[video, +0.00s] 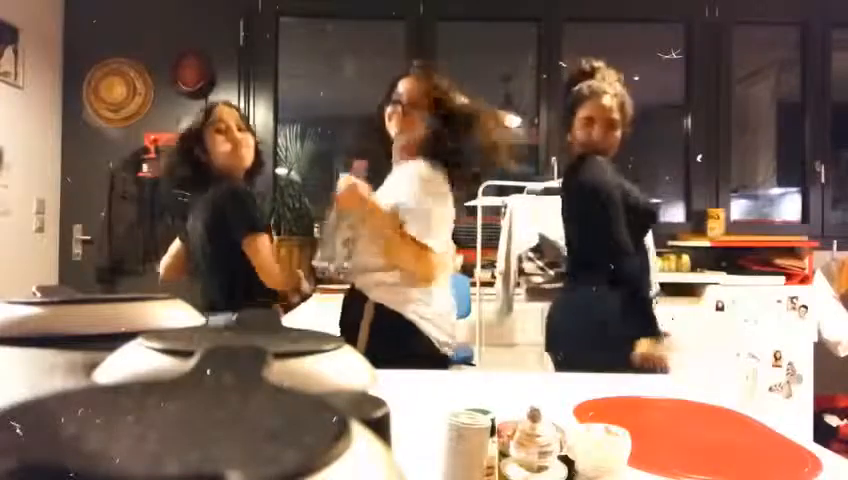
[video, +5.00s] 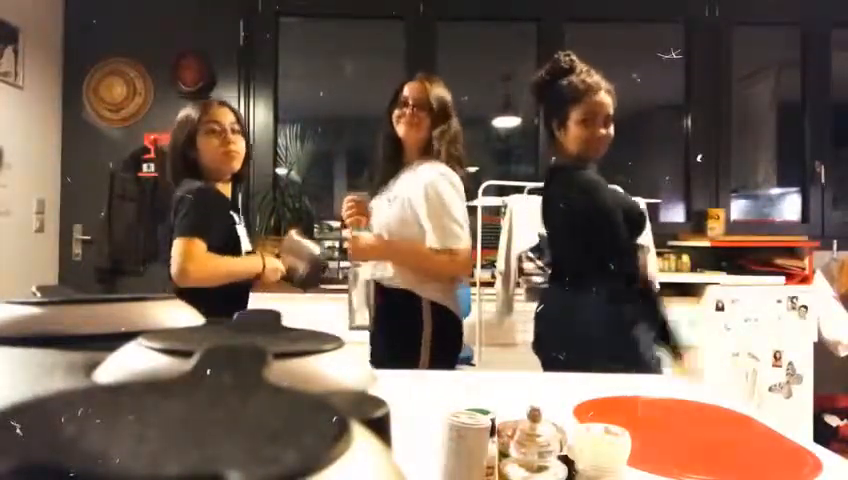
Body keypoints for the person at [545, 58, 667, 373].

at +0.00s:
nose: (598, 134)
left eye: (610, 125)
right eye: (588, 122)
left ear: (622, 131)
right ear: (571, 127)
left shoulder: (577, 174)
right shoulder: (600, 177)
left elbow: (644, 211)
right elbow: (625, 260)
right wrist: (647, 332)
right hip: (606, 319)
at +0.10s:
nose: (596, 139)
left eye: (608, 131)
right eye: (586, 128)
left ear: (621, 138)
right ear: (569, 132)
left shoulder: (579, 178)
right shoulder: (593, 178)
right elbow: (601, 268)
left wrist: (671, 327)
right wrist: (632, 343)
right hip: (598, 331)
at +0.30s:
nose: (591, 138)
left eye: (602, 129)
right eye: (580, 126)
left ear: (614, 135)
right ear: (562, 131)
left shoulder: (593, 176)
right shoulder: (584, 176)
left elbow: (619, 267)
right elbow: (575, 266)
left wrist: (662, 321)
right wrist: (583, 346)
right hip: (610, 318)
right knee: (661, 405)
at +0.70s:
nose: (595, 143)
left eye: (605, 132)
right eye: (584, 131)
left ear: (615, 134)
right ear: (561, 133)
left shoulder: (564, 183)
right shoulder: (592, 187)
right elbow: (601, 273)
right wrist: (632, 344)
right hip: (596, 324)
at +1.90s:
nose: (600, 133)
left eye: (605, 124)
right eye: (586, 123)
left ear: (612, 125)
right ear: (555, 126)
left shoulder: (550, 173)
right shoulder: (583, 173)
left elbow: (560, 261)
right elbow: (611, 263)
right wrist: (637, 334)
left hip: (553, 308)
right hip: (594, 316)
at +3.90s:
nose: (595, 141)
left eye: (599, 132)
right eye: (581, 130)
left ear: (605, 131)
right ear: (551, 135)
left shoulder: (542, 186)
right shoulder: (584, 185)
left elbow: (542, 272)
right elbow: (598, 281)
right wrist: (630, 355)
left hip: (545, 321)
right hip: (581, 327)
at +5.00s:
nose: (602, 132)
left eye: (607, 121)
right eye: (588, 122)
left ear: (614, 121)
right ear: (558, 126)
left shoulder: (557, 183)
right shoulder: (595, 193)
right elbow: (632, 280)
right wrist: (672, 342)